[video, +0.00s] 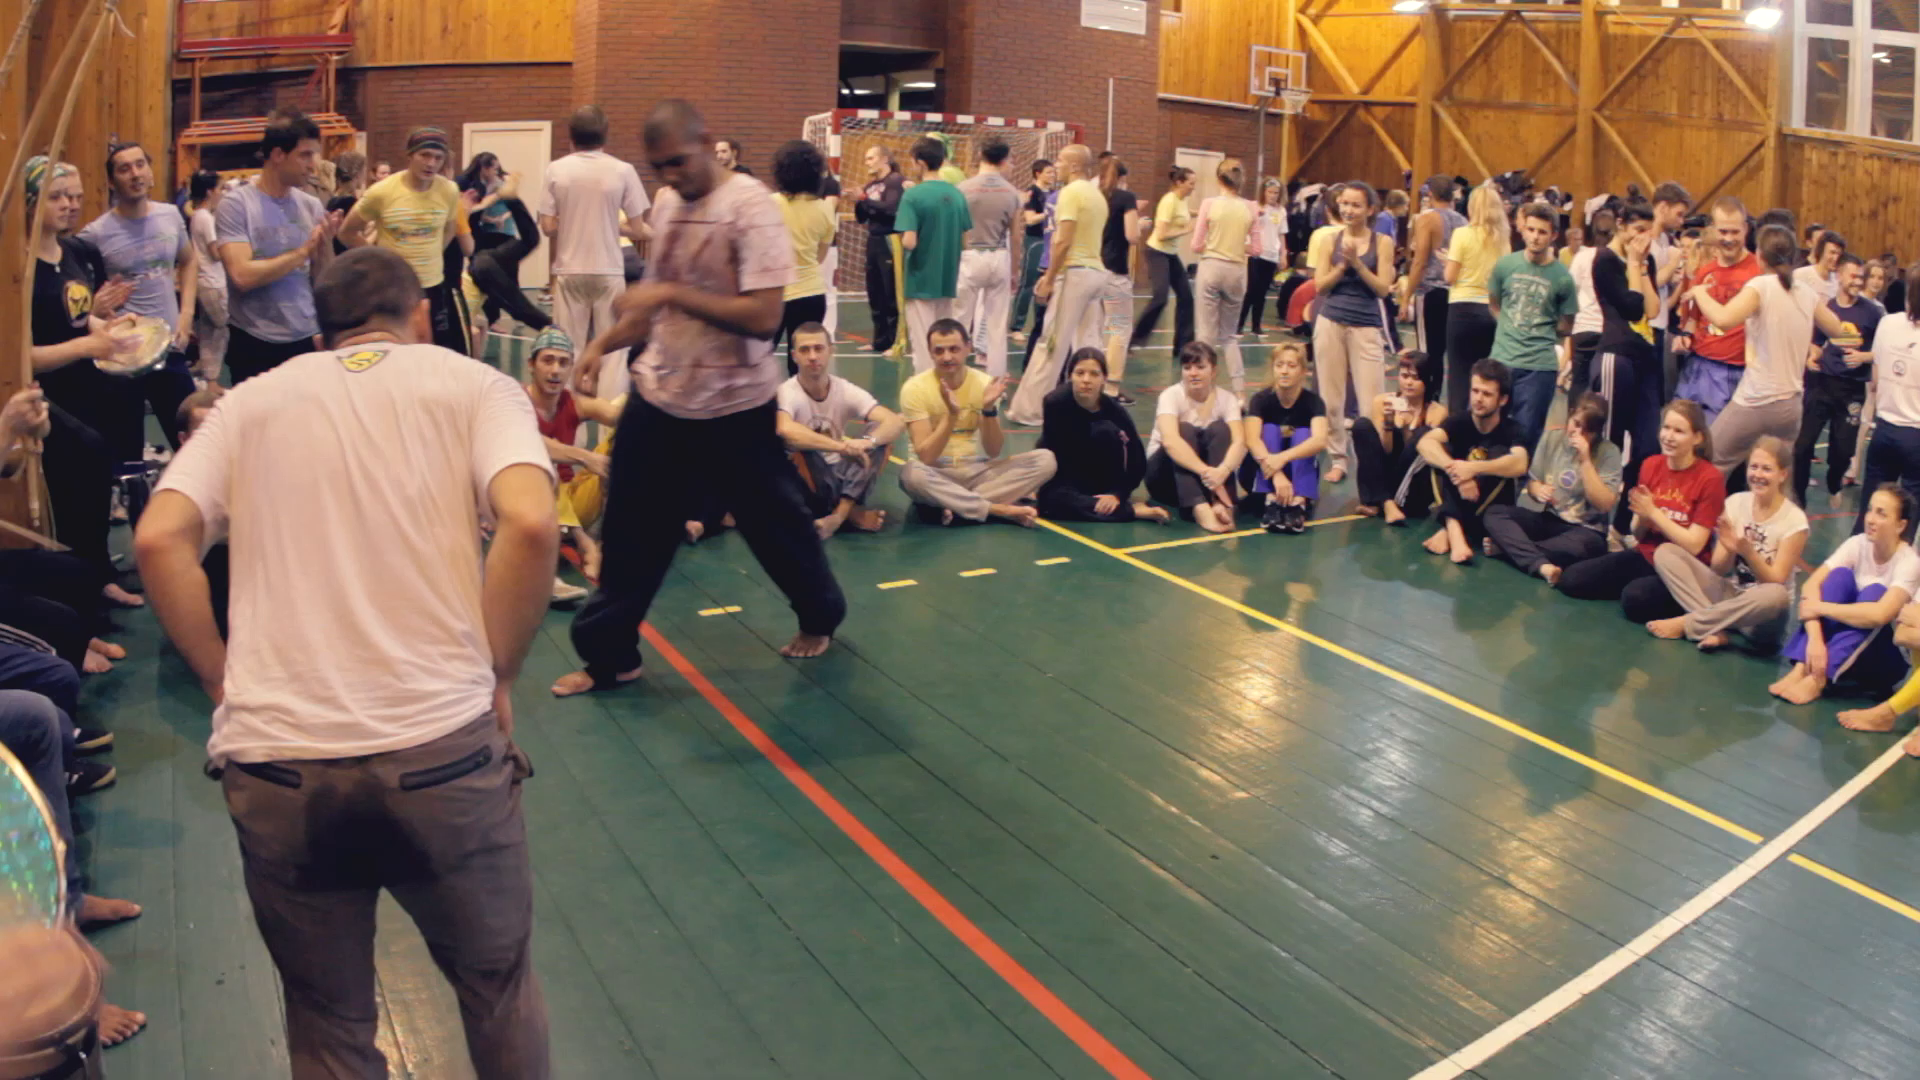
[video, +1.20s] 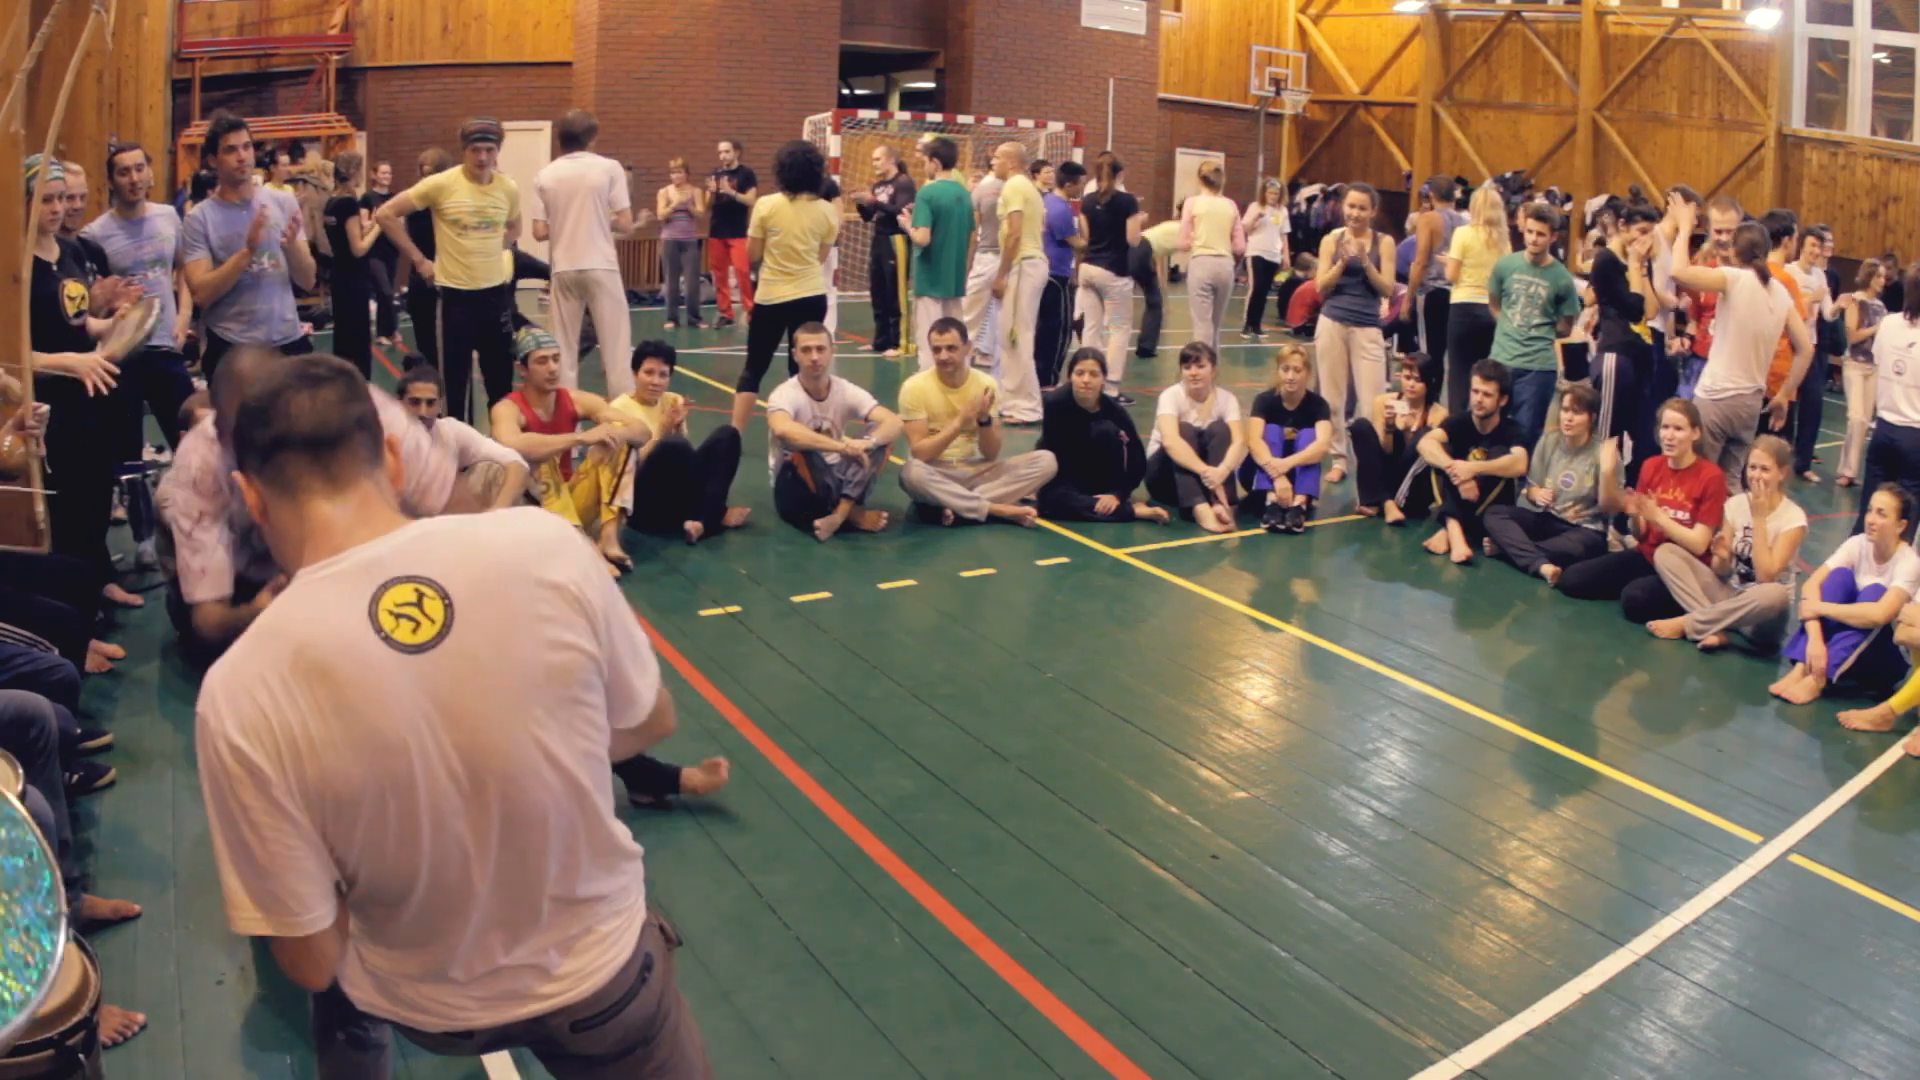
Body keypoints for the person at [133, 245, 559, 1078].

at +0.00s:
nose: (434, 324)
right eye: (430, 313)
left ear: (323, 330)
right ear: (419, 317)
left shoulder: (248, 401)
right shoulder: (477, 387)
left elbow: (161, 540)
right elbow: (530, 520)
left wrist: (229, 685)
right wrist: (498, 671)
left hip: (277, 777)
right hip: (443, 763)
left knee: (326, 1018)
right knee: (498, 989)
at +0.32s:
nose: (432, 290)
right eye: (435, 280)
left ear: (309, 293)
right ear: (429, 278)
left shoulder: (243, 373)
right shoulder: (510, 350)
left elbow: (142, 567)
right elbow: (625, 538)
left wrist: (248, 688)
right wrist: (562, 694)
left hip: (319, 820)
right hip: (499, 806)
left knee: (345, 1040)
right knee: (606, 1063)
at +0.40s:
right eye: (478, 289)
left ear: (343, 302)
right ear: (471, 291)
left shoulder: (266, 399)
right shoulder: (550, 374)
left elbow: (169, 615)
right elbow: (668, 581)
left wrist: (296, 713)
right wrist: (598, 718)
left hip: (353, 867)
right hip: (537, 852)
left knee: (351, 1027)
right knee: (640, 1068)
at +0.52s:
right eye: (561, 355)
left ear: (399, 355)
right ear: (545, 363)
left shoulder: (306, 498)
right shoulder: (611, 486)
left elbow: (240, 743)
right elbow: (734, 725)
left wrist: (365, 824)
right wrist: (662, 822)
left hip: (418, 969)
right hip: (612, 954)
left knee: (353, 998)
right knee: (682, 1057)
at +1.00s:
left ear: (278, 400)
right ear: (425, 360)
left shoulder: (244, 552)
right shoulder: (560, 463)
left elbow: (227, 839)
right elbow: (698, 670)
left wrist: (331, 779)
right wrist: (597, 776)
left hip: (401, 967)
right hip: (592, 944)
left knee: (352, 1006)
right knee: (654, 1061)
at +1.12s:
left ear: (258, 476)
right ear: (402, 433)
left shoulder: (253, 662)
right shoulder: (554, 533)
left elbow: (306, 953)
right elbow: (674, 720)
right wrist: (552, 755)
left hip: (413, 999)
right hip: (595, 973)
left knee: (337, 975)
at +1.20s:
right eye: (400, 432)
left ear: (251, 496)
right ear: (392, 455)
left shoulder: (244, 693)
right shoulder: (544, 544)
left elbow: (311, 964)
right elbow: (651, 721)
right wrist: (530, 750)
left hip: (420, 1004)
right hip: (600, 980)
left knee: (340, 984)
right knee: (662, 1066)